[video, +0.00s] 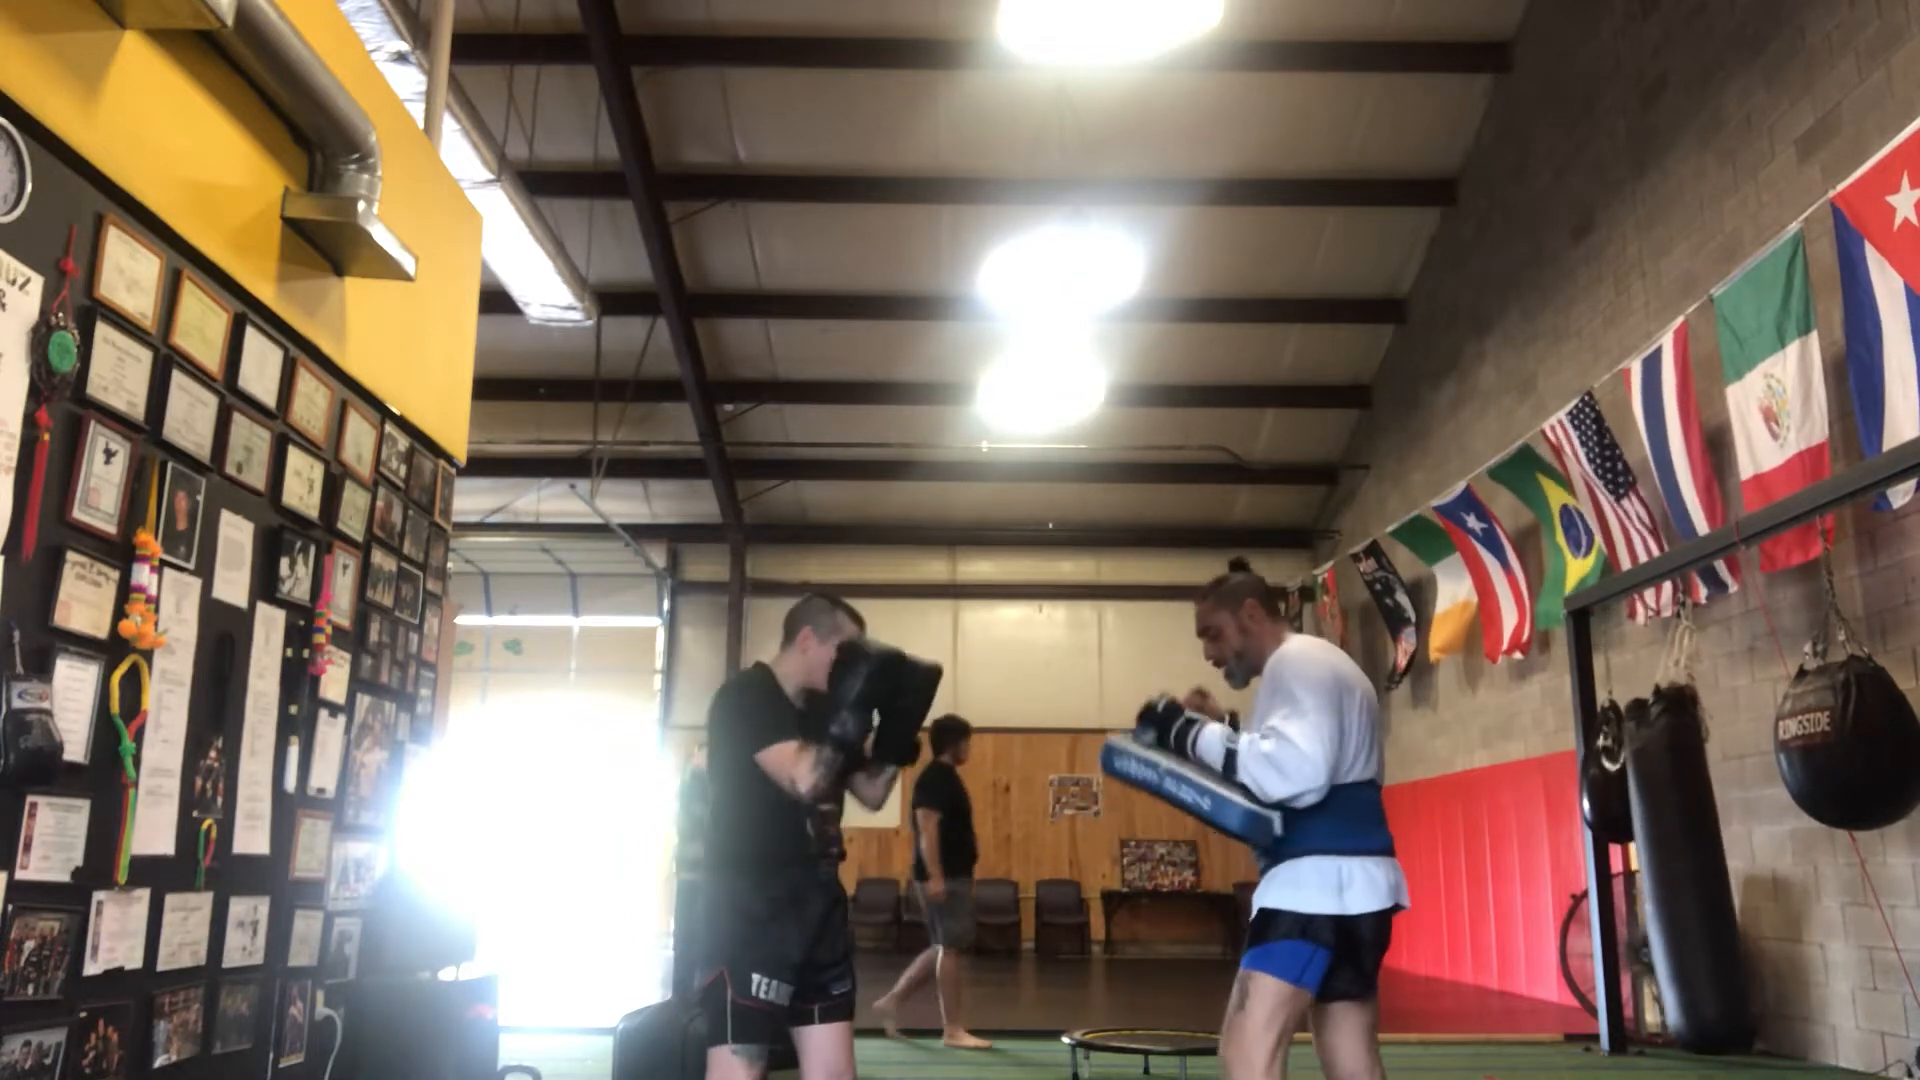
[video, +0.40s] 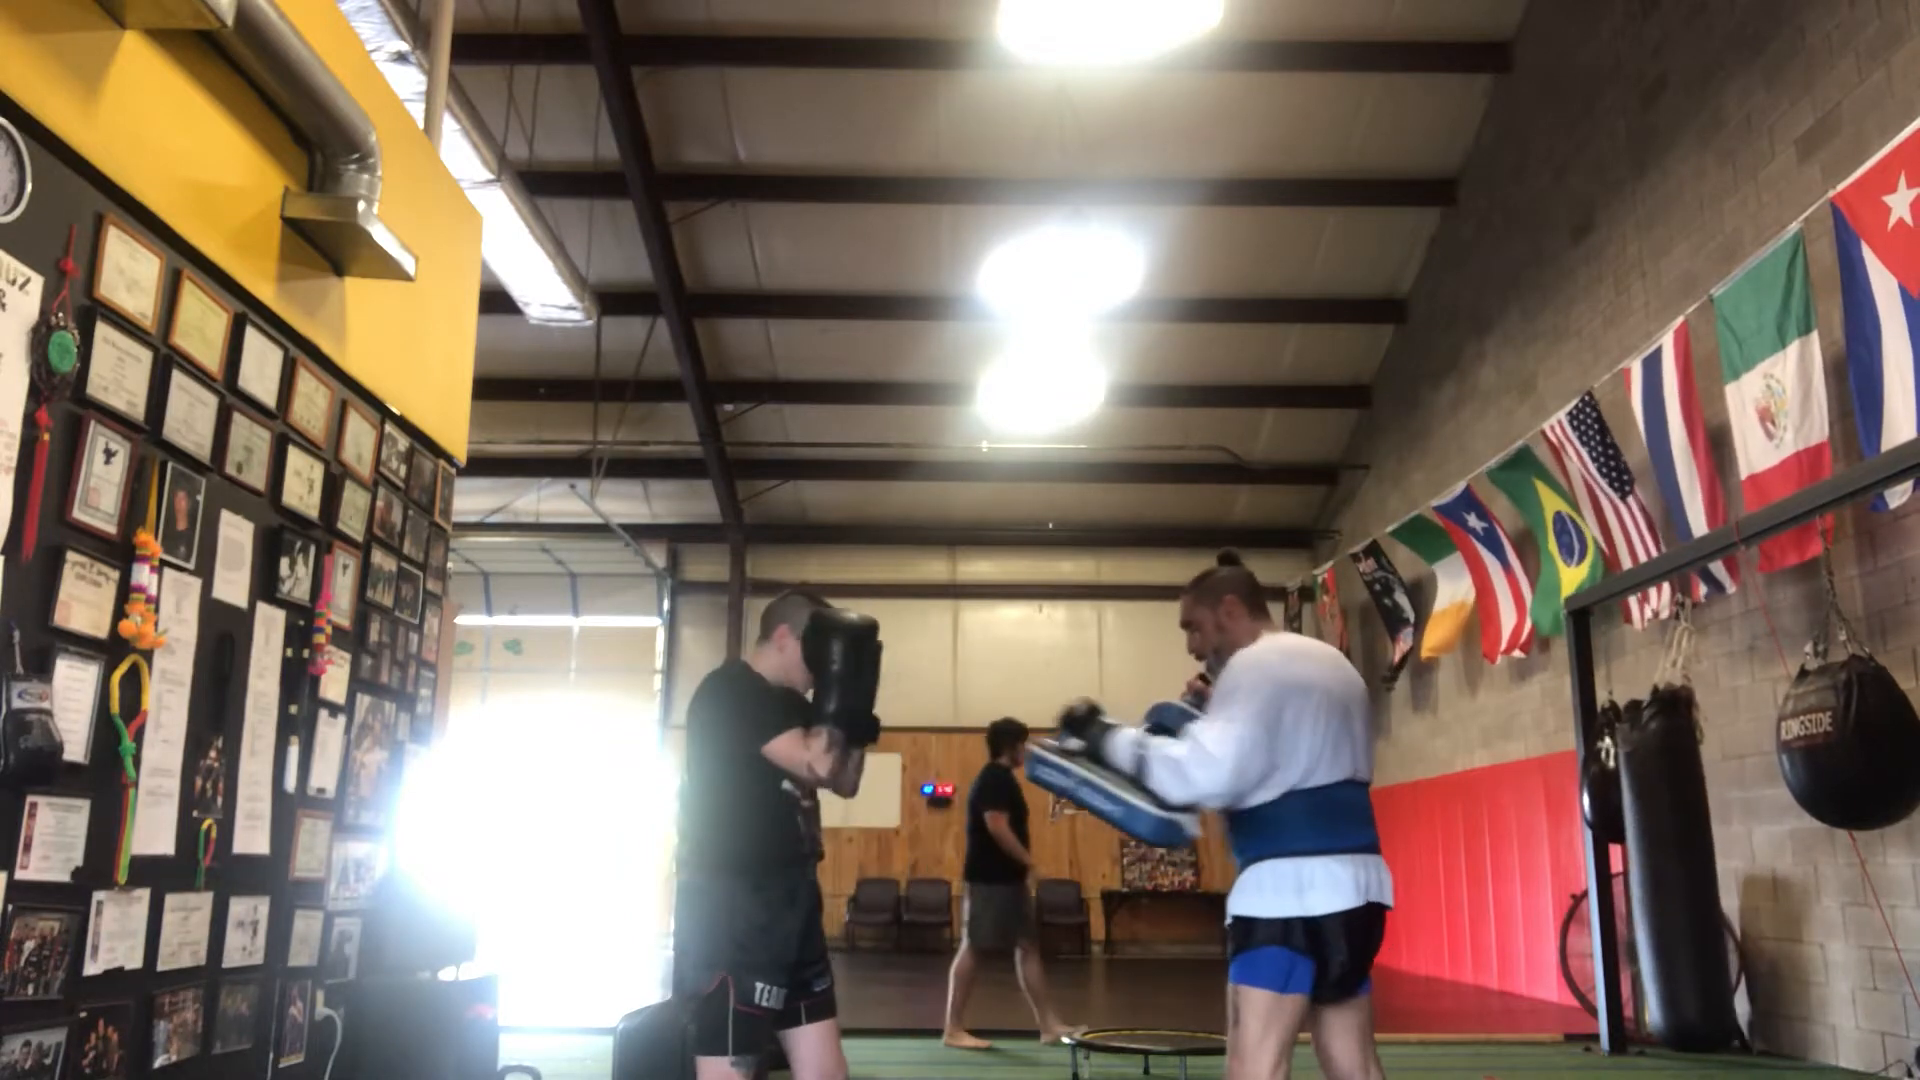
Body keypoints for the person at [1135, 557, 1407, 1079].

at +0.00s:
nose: (1208, 653)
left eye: (1212, 634)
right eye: (1203, 640)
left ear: (1251, 614)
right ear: (1252, 616)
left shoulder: (1297, 663)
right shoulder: (1333, 664)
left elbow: (1291, 771)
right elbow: (1307, 769)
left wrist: (1188, 733)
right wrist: (1224, 726)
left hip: (1312, 886)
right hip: (1361, 886)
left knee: (1247, 1053)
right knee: (1352, 1062)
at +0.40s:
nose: (1193, 645)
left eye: (1194, 629)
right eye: (1187, 632)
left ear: (1229, 611)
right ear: (1241, 609)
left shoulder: (1255, 668)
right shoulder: (1334, 663)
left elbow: (1208, 773)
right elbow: (1295, 758)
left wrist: (1105, 736)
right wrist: (1219, 712)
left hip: (1285, 895)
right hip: (1356, 889)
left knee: (1255, 1065)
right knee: (1352, 1062)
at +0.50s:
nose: (1182, 643)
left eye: (1184, 627)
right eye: (1178, 631)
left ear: (1219, 609)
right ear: (1229, 609)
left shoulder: (1238, 667)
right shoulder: (1325, 660)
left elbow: (1156, 755)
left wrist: (1053, 717)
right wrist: (1188, 712)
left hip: (1276, 895)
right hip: (1350, 890)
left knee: (1242, 1068)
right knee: (1347, 1064)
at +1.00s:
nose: (1170, 639)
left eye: (1173, 622)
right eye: (1166, 626)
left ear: (1210, 608)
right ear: (1216, 607)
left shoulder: (1242, 660)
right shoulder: (1315, 661)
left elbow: (1216, 768)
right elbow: (1290, 760)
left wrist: (1111, 736)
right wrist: (1205, 718)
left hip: (1269, 892)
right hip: (1336, 886)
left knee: (1246, 1065)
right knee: (1338, 1060)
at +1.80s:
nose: (1193, 648)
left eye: (1194, 632)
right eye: (1188, 635)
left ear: (1227, 614)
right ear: (1236, 614)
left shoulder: (1244, 669)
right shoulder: (1333, 659)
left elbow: (1149, 734)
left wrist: (1060, 688)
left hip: (1301, 891)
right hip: (1371, 884)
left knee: (1268, 1063)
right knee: (1358, 1060)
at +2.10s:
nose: (1200, 626)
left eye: (1206, 611)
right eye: (1198, 613)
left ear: (1248, 602)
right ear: (1259, 601)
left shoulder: (1251, 659)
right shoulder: (1343, 661)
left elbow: (1166, 717)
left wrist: (1068, 687)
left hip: (1292, 894)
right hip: (1365, 887)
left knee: (1260, 1064)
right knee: (1358, 1064)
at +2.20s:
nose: (1203, 623)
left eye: (1211, 604)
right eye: (1202, 608)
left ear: (1253, 598)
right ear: (1260, 602)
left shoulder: (1264, 659)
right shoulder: (1344, 663)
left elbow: (1228, 757)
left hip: (1286, 893)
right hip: (1358, 887)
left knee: (1251, 1066)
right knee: (1354, 1062)